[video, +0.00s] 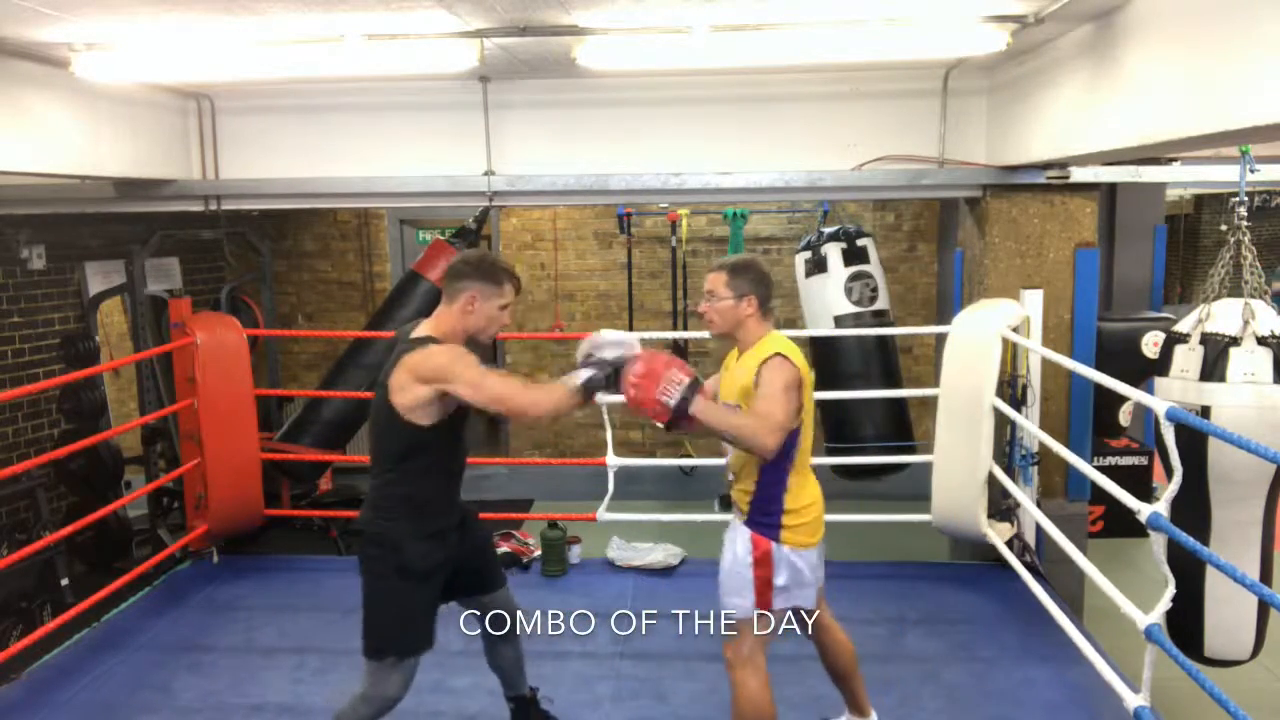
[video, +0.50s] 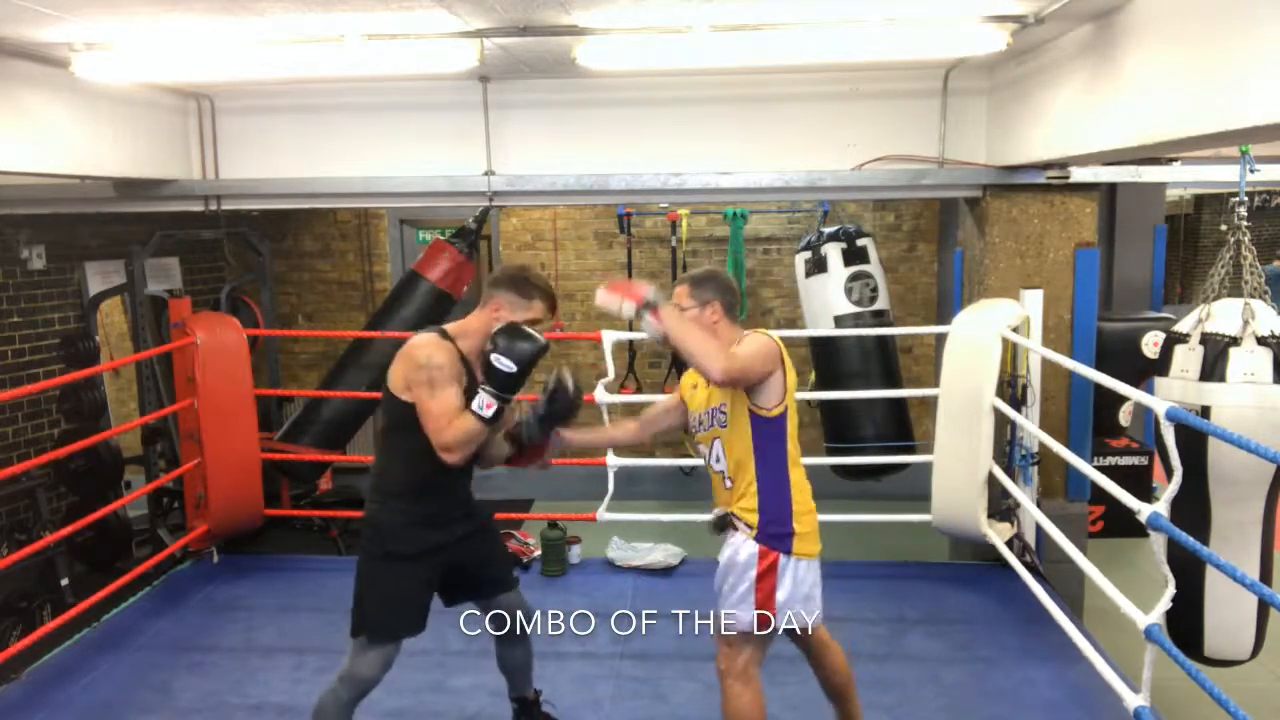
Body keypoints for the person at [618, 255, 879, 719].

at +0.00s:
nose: (701, 308)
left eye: (712, 298)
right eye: (703, 297)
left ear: (748, 304)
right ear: (745, 305)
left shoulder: (777, 363)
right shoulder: (740, 356)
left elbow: (767, 437)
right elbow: (709, 410)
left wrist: (692, 402)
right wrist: (662, 395)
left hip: (770, 530)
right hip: (784, 524)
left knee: (743, 656)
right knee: (816, 618)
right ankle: (862, 712)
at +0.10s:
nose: (695, 306)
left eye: (705, 297)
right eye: (696, 296)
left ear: (740, 303)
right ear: (744, 304)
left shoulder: (749, 359)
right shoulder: (783, 347)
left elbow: (704, 421)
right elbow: (743, 415)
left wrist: (625, 390)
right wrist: (676, 421)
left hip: (757, 525)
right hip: (798, 512)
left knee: (735, 652)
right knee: (811, 612)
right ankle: (854, 712)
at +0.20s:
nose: (685, 314)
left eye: (693, 303)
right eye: (686, 304)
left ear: (726, 308)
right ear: (730, 309)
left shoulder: (723, 362)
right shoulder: (788, 354)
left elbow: (653, 422)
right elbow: (784, 438)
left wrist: (583, 388)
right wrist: (722, 459)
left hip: (759, 531)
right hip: (805, 517)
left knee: (725, 652)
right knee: (808, 609)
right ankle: (854, 705)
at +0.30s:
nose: (671, 318)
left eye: (679, 308)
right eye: (672, 308)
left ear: (712, 312)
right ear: (716, 313)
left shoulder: (734, 362)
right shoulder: (756, 350)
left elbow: (685, 427)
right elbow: (748, 422)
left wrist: (621, 389)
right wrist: (692, 442)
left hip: (759, 537)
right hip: (797, 523)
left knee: (727, 657)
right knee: (807, 611)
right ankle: (860, 706)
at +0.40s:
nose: (669, 321)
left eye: (677, 310)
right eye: (671, 310)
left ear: (710, 313)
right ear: (706, 315)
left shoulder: (754, 355)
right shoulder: (705, 372)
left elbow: (718, 404)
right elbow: (655, 426)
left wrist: (662, 366)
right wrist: (581, 427)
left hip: (770, 534)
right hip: (766, 528)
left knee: (737, 664)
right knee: (807, 620)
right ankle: (863, 709)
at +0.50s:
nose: (673, 322)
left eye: (682, 310)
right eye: (671, 314)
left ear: (713, 311)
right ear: (709, 315)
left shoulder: (763, 346)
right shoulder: (695, 381)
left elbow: (722, 368)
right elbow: (639, 428)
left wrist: (656, 309)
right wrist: (560, 435)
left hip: (770, 534)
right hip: (760, 532)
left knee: (737, 665)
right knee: (811, 634)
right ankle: (852, 716)